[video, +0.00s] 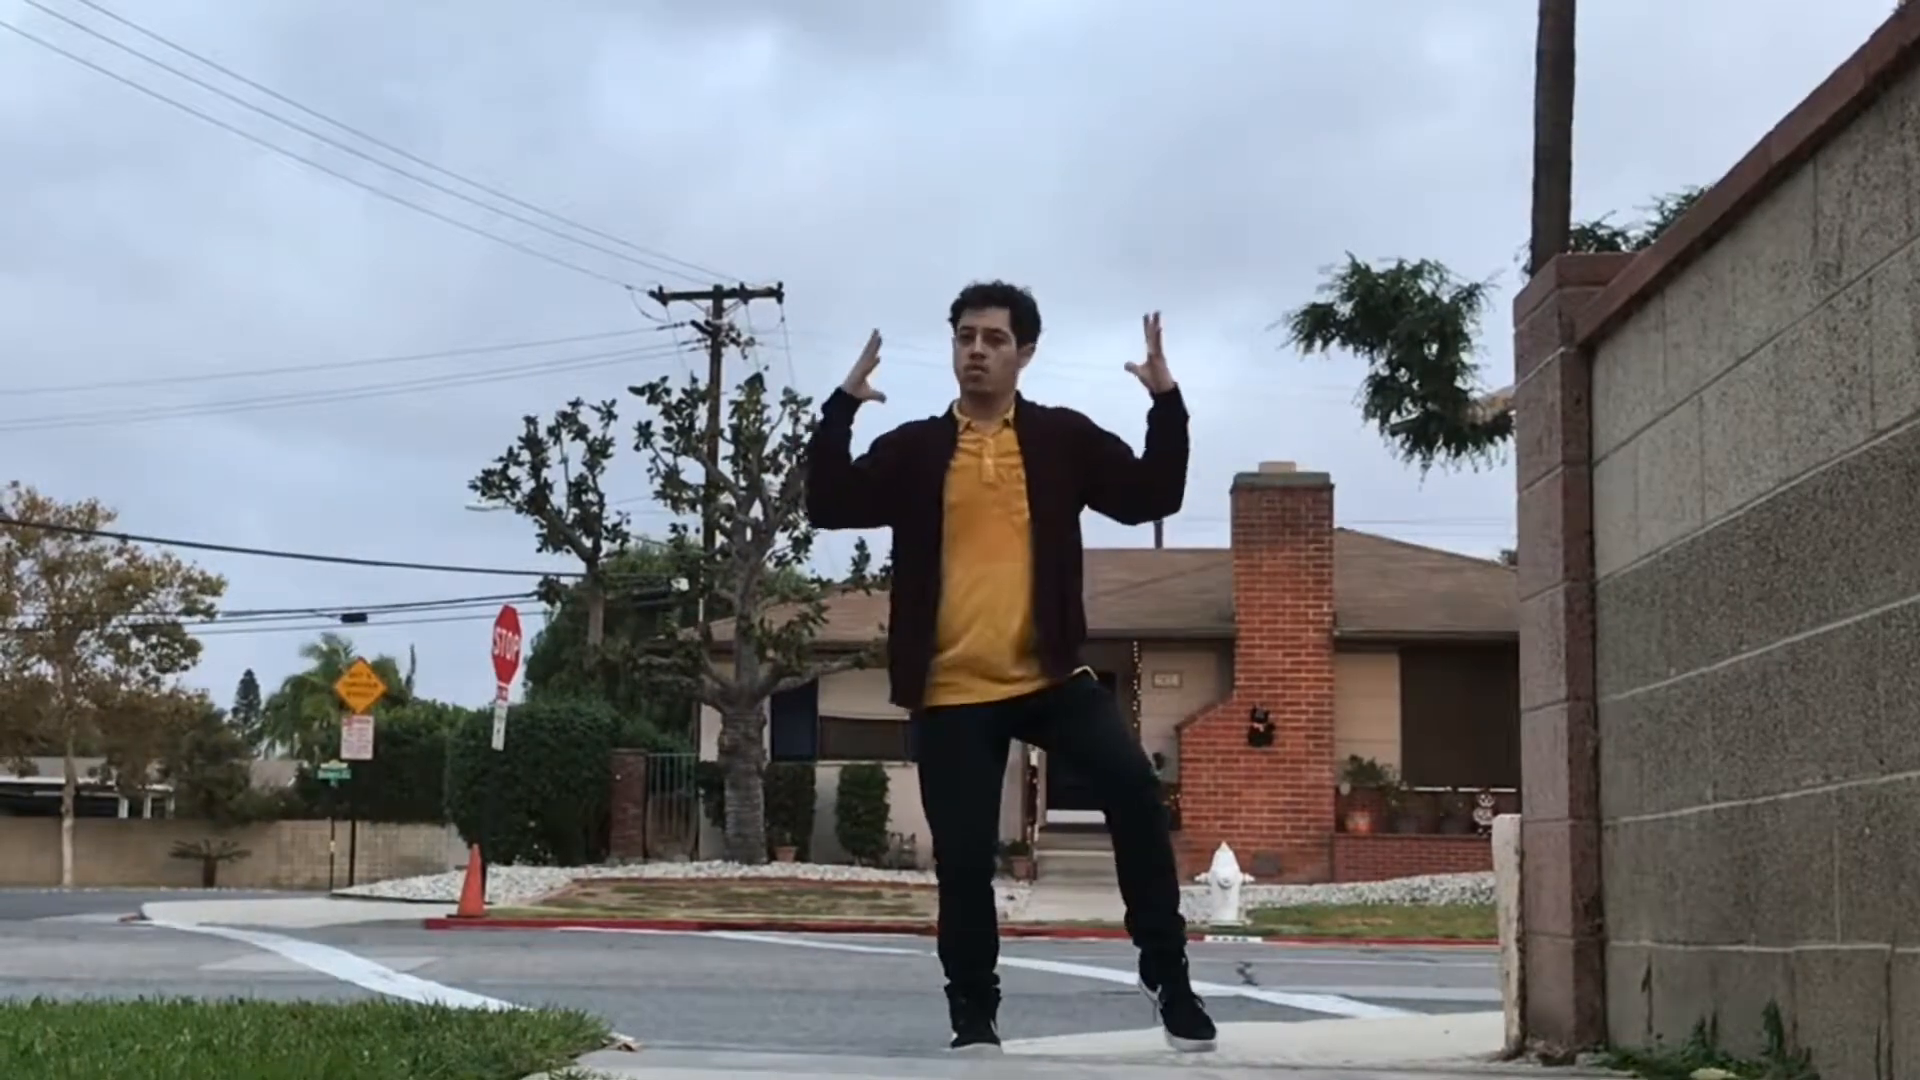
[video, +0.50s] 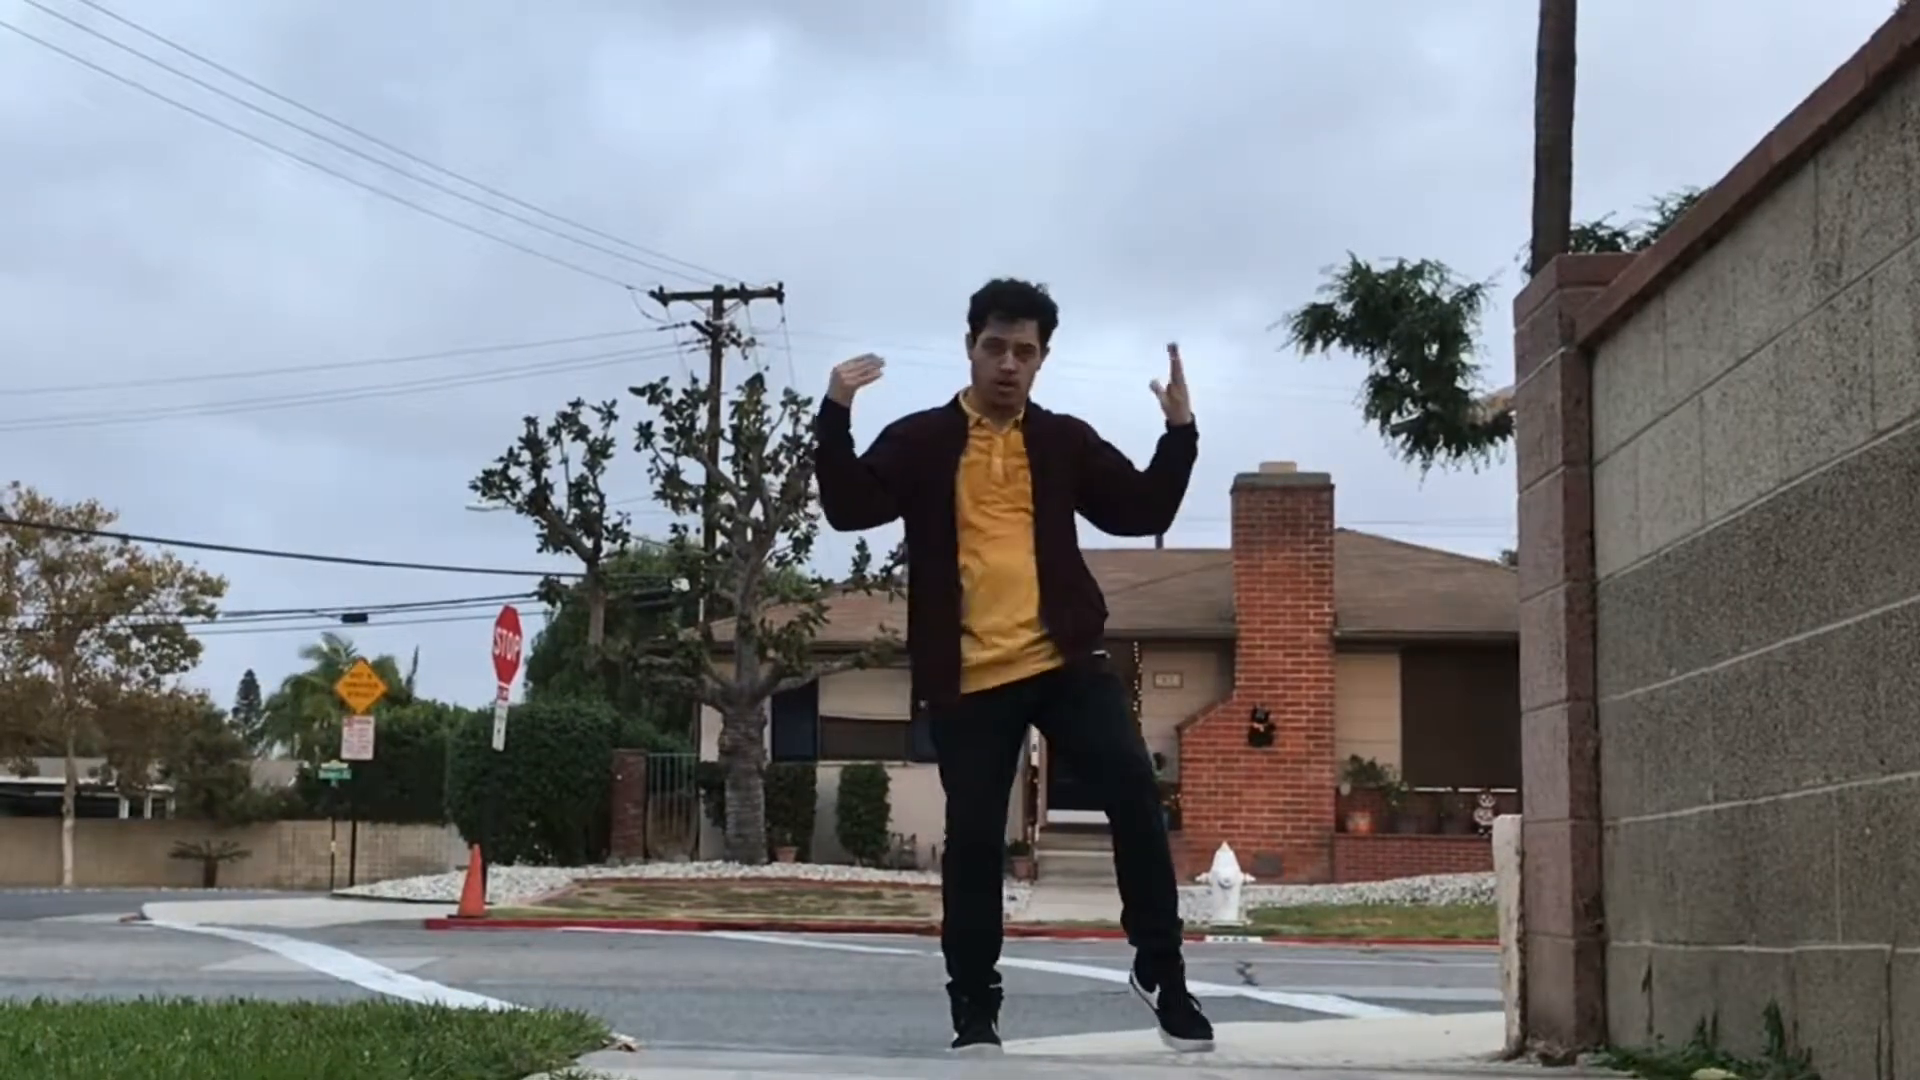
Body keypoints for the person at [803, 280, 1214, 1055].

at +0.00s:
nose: (976, 350)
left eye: (994, 339)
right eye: (966, 337)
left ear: (1025, 353)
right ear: (951, 349)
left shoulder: (1063, 436)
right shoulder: (911, 449)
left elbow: (1155, 495)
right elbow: (828, 502)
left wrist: (1166, 399)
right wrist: (844, 402)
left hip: (1052, 679)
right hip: (952, 691)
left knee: (1134, 789)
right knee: (962, 860)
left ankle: (1170, 977)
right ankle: (973, 1019)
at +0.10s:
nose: (973, 355)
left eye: (992, 344)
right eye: (965, 341)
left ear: (1026, 356)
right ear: (951, 352)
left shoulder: (1065, 440)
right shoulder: (913, 453)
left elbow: (1155, 501)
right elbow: (833, 513)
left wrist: (1157, 406)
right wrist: (847, 414)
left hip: (1050, 681)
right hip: (953, 694)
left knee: (1129, 783)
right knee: (962, 861)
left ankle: (1156, 971)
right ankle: (972, 1018)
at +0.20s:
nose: (974, 359)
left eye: (992, 348)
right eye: (967, 345)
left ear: (1029, 359)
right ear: (954, 353)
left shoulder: (1067, 442)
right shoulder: (916, 454)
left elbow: (1155, 507)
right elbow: (839, 518)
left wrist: (1159, 412)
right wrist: (846, 420)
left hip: (1050, 684)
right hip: (952, 696)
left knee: (1128, 785)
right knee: (961, 861)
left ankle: (1148, 968)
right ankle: (973, 1020)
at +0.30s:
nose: (985, 362)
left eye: (1003, 351)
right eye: (975, 348)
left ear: (1032, 361)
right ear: (960, 353)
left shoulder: (1067, 444)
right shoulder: (917, 451)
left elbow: (1153, 510)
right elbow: (842, 517)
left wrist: (1171, 415)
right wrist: (840, 417)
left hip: (1053, 684)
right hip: (955, 696)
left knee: (1128, 788)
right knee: (963, 861)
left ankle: (1156, 973)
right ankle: (973, 1020)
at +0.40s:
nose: (1000, 366)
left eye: (1016, 354)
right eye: (988, 350)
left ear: (1037, 363)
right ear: (967, 354)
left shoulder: (1065, 444)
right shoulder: (917, 445)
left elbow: (1147, 511)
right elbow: (846, 512)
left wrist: (1181, 419)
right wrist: (840, 412)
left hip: (1062, 682)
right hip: (964, 694)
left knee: (1130, 793)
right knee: (968, 860)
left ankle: (1162, 975)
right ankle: (974, 1018)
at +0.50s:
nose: (1010, 364)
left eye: (1025, 352)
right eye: (996, 348)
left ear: (1042, 359)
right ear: (970, 349)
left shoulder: (1064, 440)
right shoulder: (919, 439)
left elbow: (1147, 514)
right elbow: (846, 505)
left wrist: (1179, 433)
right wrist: (834, 408)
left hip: (1066, 664)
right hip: (969, 680)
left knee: (1133, 790)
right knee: (975, 843)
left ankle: (1163, 972)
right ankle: (974, 1009)